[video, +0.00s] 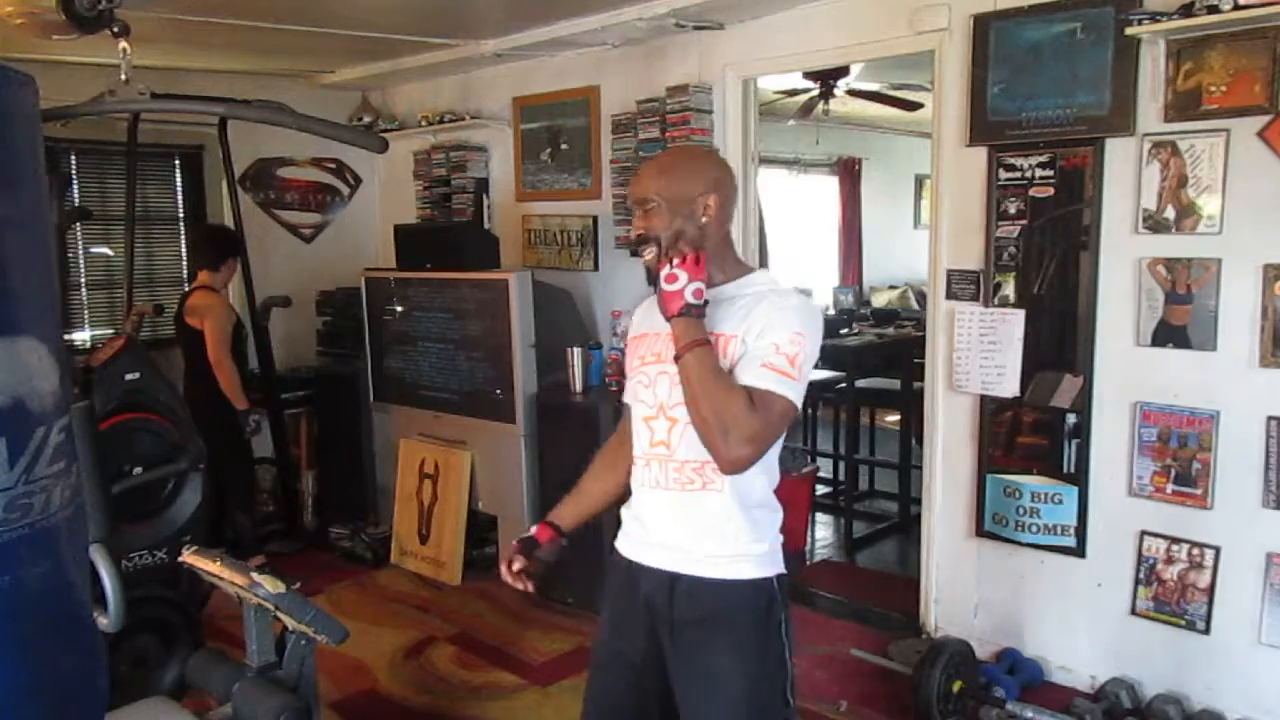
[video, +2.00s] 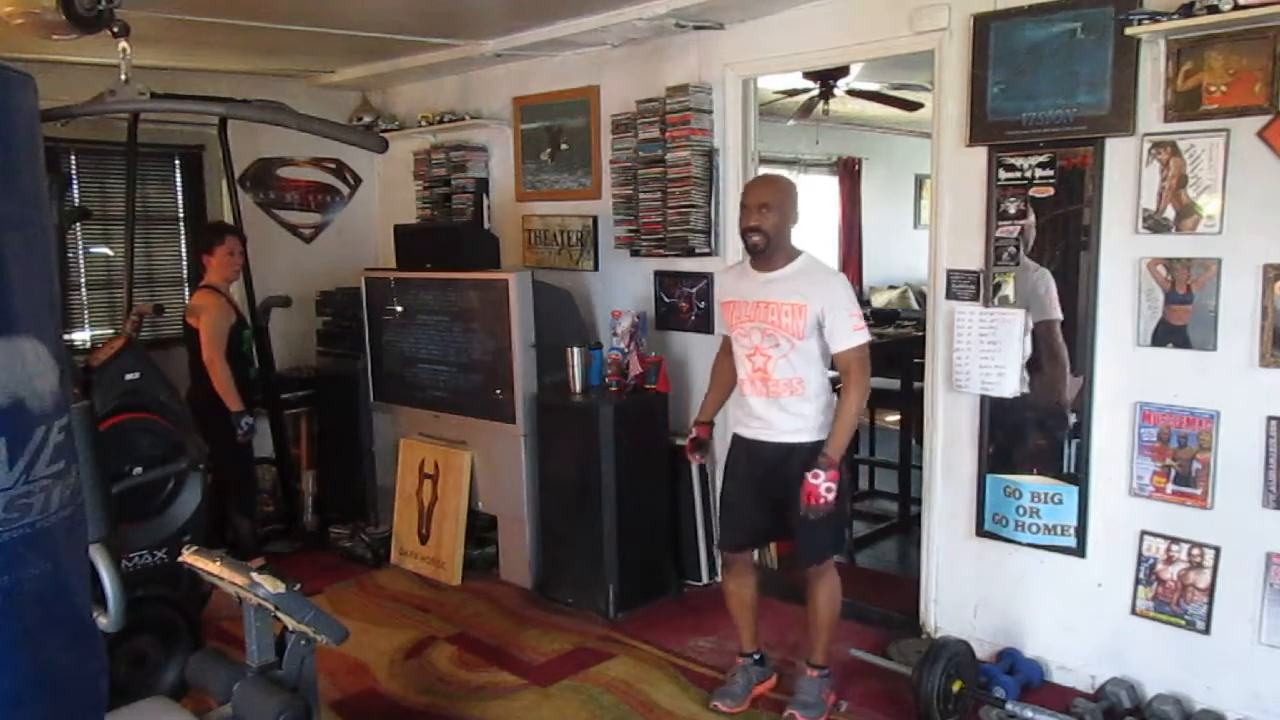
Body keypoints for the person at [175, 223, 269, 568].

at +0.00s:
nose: (236, 269)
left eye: (236, 262)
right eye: (235, 262)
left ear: (201, 261)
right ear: (228, 264)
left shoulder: (192, 300)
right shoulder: (216, 305)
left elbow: (199, 359)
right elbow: (220, 360)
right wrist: (243, 406)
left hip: (199, 399)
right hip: (217, 402)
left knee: (217, 474)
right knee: (237, 473)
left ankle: (215, 544)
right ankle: (245, 549)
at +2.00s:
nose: (238, 261)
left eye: (240, 255)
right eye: (229, 254)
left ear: (241, 258)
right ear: (207, 259)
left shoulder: (208, 297)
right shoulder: (214, 304)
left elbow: (212, 357)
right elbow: (214, 360)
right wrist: (239, 410)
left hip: (210, 402)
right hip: (220, 406)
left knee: (225, 478)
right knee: (238, 480)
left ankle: (222, 548)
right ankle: (247, 553)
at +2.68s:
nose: (240, 263)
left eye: (242, 256)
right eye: (231, 255)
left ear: (243, 258)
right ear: (209, 258)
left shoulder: (209, 296)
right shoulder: (215, 304)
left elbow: (215, 358)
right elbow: (215, 361)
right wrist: (239, 410)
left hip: (209, 402)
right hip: (220, 406)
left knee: (226, 479)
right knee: (237, 480)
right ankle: (245, 552)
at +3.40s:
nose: (243, 271)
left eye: (248, 264)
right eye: (236, 262)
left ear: (252, 263)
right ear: (215, 260)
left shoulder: (232, 296)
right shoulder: (210, 301)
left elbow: (237, 355)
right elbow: (207, 361)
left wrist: (253, 398)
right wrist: (230, 412)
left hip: (238, 402)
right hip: (219, 407)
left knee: (239, 481)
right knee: (231, 483)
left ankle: (241, 549)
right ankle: (233, 552)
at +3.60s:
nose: (244, 273)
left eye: (249, 265)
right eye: (236, 265)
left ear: (255, 262)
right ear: (215, 262)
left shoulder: (243, 292)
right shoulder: (210, 303)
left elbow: (246, 350)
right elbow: (202, 365)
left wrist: (262, 391)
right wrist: (221, 418)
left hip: (247, 402)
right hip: (225, 407)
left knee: (244, 480)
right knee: (232, 484)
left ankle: (243, 548)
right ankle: (230, 552)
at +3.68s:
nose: (244, 273)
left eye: (250, 266)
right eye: (237, 265)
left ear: (255, 263)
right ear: (216, 261)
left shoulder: (244, 294)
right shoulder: (211, 304)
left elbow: (246, 346)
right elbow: (201, 367)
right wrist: (218, 421)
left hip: (251, 405)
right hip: (229, 411)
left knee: (247, 482)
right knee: (236, 486)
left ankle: (246, 548)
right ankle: (233, 553)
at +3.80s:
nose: (244, 274)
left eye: (249, 267)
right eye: (236, 266)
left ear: (256, 263)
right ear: (216, 262)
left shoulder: (248, 294)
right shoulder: (212, 306)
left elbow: (254, 351)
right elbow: (199, 369)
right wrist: (213, 424)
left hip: (259, 406)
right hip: (234, 411)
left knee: (252, 483)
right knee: (240, 487)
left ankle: (250, 548)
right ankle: (238, 553)